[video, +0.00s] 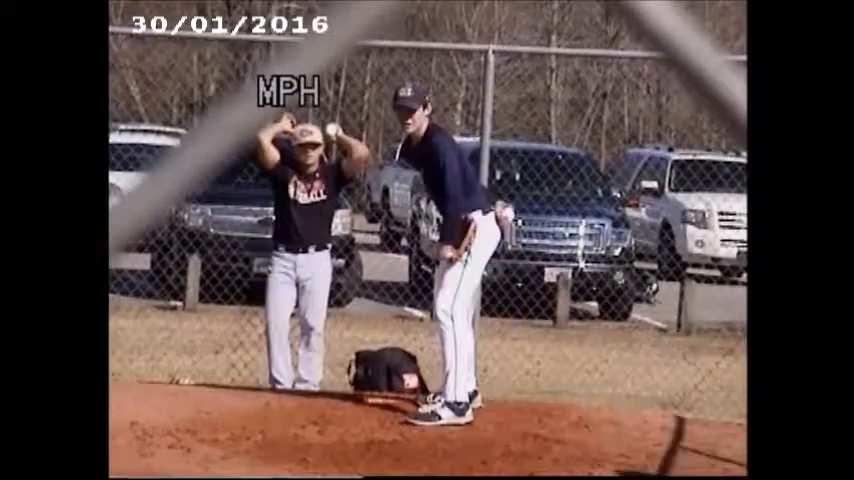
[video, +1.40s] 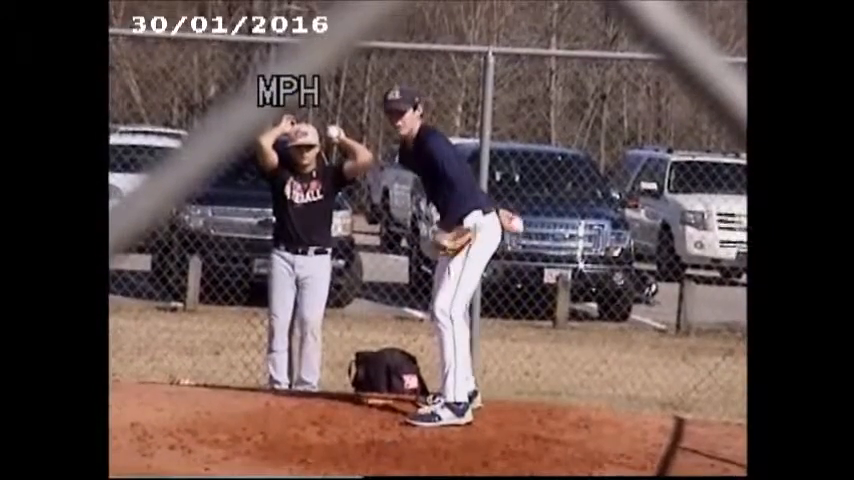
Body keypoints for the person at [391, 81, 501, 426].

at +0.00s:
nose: (406, 117)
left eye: (413, 111)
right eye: (402, 112)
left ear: (427, 110)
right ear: (397, 113)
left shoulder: (439, 142)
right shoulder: (413, 145)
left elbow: (455, 198)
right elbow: (442, 186)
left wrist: (449, 241)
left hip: (476, 224)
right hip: (460, 223)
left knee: (447, 308)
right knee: (457, 309)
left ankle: (455, 398)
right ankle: (465, 389)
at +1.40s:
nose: (397, 120)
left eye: (403, 113)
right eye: (392, 115)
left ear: (418, 111)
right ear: (389, 118)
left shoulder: (432, 141)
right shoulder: (411, 149)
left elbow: (460, 185)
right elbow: (455, 186)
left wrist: (444, 228)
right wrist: (493, 211)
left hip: (477, 224)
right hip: (459, 226)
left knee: (447, 310)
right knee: (444, 310)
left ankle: (456, 400)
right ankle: (463, 389)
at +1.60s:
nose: (395, 121)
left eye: (400, 114)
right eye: (392, 116)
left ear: (418, 110)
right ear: (392, 118)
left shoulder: (427, 140)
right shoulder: (420, 143)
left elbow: (446, 191)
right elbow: (445, 194)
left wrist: (422, 226)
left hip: (479, 226)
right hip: (464, 228)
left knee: (445, 311)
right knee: (431, 311)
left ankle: (457, 400)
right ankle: (461, 388)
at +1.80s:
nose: (407, 112)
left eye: (412, 105)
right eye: (404, 107)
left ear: (430, 103)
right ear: (407, 108)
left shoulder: (428, 133)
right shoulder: (440, 134)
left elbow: (429, 187)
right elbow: (447, 204)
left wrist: (399, 213)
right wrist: (410, 224)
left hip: (476, 222)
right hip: (473, 222)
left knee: (446, 308)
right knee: (430, 308)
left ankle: (452, 393)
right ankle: (461, 387)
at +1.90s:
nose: (414, 109)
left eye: (419, 102)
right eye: (412, 104)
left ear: (438, 100)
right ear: (436, 103)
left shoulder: (432, 130)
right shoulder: (453, 127)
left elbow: (422, 185)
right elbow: (434, 183)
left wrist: (388, 186)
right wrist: (392, 181)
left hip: (474, 221)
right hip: (485, 219)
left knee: (442, 306)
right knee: (432, 308)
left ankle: (457, 391)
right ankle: (458, 388)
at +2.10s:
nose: (422, 98)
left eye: (427, 92)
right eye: (419, 93)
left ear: (446, 90)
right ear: (424, 95)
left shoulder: (434, 121)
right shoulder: (456, 121)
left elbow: (400, 163)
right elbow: (415, 153)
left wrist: (381, 136)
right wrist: (395, 126)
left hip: (472, 219)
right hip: (482, 218)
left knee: (438, 305)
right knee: (440, 305)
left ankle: (456, 394)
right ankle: (462, 390)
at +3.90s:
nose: (427, 111)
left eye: (431, 103)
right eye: (424, 105)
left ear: (450, 96)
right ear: (447, 100)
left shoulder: (443, 128)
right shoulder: (467, 121)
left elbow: (403, 168)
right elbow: (434, 131)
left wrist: (391, 134)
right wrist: (408, 118)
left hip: (474, 219)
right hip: (490, 218)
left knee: (433, 298)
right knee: (443, 302)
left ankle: (451, 386)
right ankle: (463, 386)